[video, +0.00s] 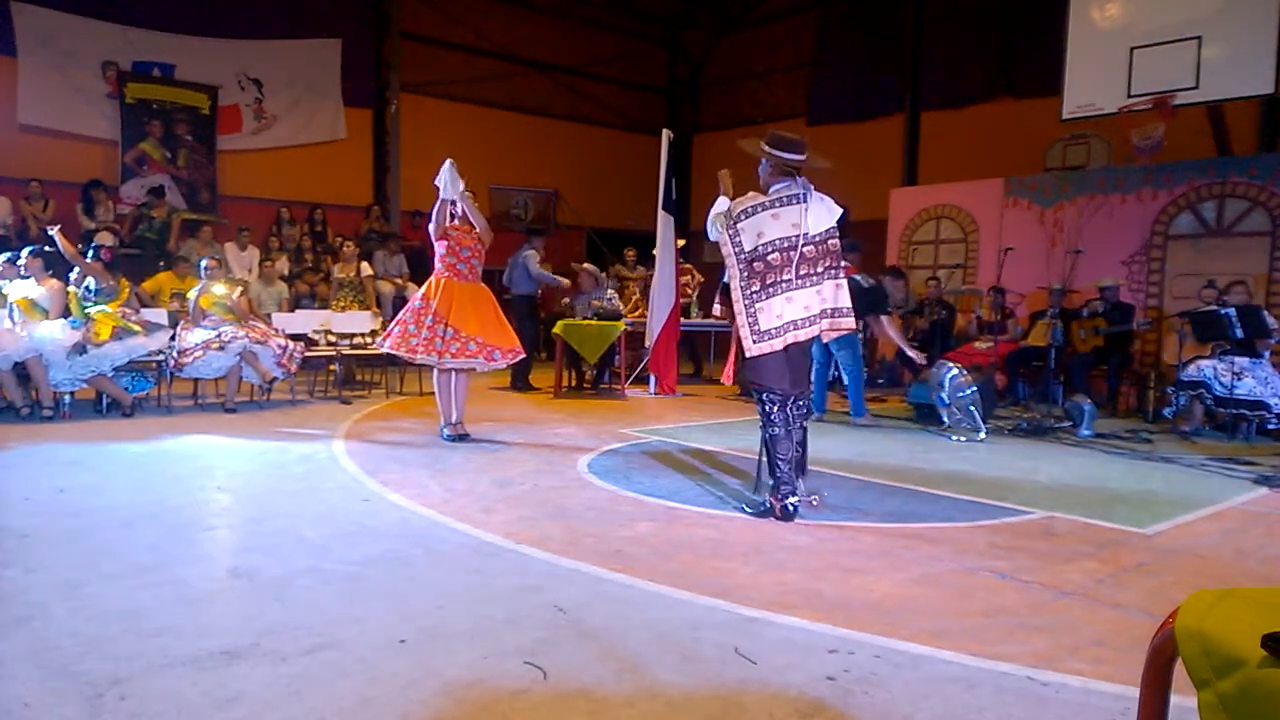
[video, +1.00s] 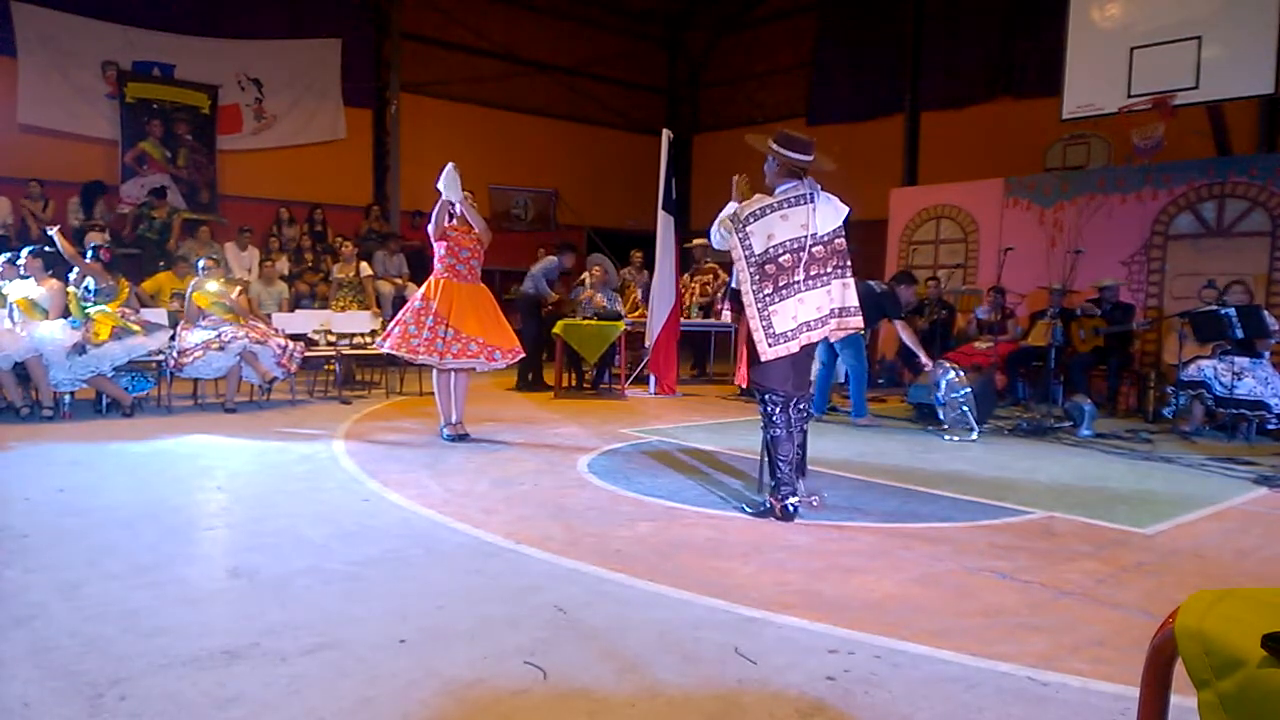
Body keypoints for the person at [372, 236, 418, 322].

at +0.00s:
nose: (397, 245)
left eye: (398, 243)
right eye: (394, 243)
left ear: (399, 244)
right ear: (388, 243)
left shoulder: (400, 256)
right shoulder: (379, 254)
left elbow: (405, 272)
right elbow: (380, 273)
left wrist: (404, 282)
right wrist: (394, 283)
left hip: (398, 278)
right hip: (383, 278)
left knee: (414, 291)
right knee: (387, 291)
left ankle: (418, 317)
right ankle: (387, 318)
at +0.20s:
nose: (397, 245)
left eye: (398, 243)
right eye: (394, 242)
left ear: (399, 244)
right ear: (388, 243)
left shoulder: (400, 255)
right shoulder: (379, 254)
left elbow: (405, 272)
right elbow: (380, 273)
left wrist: (404, 282)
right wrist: (394, 283)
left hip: (398, 278)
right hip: (383, 278)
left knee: (414, 291)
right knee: (387, 291)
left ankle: (418, 317)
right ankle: (387, 318)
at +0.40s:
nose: (397, 245)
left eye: (398, 242)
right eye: (394, 242)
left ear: (400, 244)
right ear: (388, 243)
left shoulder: (400, 256)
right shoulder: (379, 254)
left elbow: (405, 271)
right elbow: (380, 273)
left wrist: (404, 282)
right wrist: (395, 283)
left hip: (398, 278)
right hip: (384, 278)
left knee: (413, 290)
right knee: (387, 291)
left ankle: (418, 317)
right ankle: (387, 318)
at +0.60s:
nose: (397, 245)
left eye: (398, 242)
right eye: (394, 242)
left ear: (399, 244)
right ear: (387, 243)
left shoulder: (400, 256)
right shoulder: (379, 254)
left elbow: (405, 271)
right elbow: (380, 273)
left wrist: (404, 282)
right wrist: (395, 283)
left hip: (398, 278)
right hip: (383, 278)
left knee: (413, 290)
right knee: (387, 291)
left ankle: (417, 317)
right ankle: (387, 318)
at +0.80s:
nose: (397, 245)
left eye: (398, 242)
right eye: (394, 242)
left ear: (399, 244)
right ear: (387, 243)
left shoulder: (400, 256)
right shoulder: (379, 254)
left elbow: (405, 271)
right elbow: (380, 273)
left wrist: (404, 282)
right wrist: (395, 283)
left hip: (397, 278)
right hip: (383, 278)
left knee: (413, 290)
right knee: (387, 291)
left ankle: (417, 316)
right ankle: (387, 318)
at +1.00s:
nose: (397, 245)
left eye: (398, 242)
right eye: (394, 242)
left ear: (400, 244)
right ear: (387, 243)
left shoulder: (400, 256)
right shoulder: (379, 254)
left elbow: (405, 271)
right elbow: (380, 273)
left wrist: (404, 282)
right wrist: (395, 283)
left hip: (398, 278)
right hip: (383, 278)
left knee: (413, 290)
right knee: (387, 291)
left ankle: (418, 316)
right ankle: (387, 317)